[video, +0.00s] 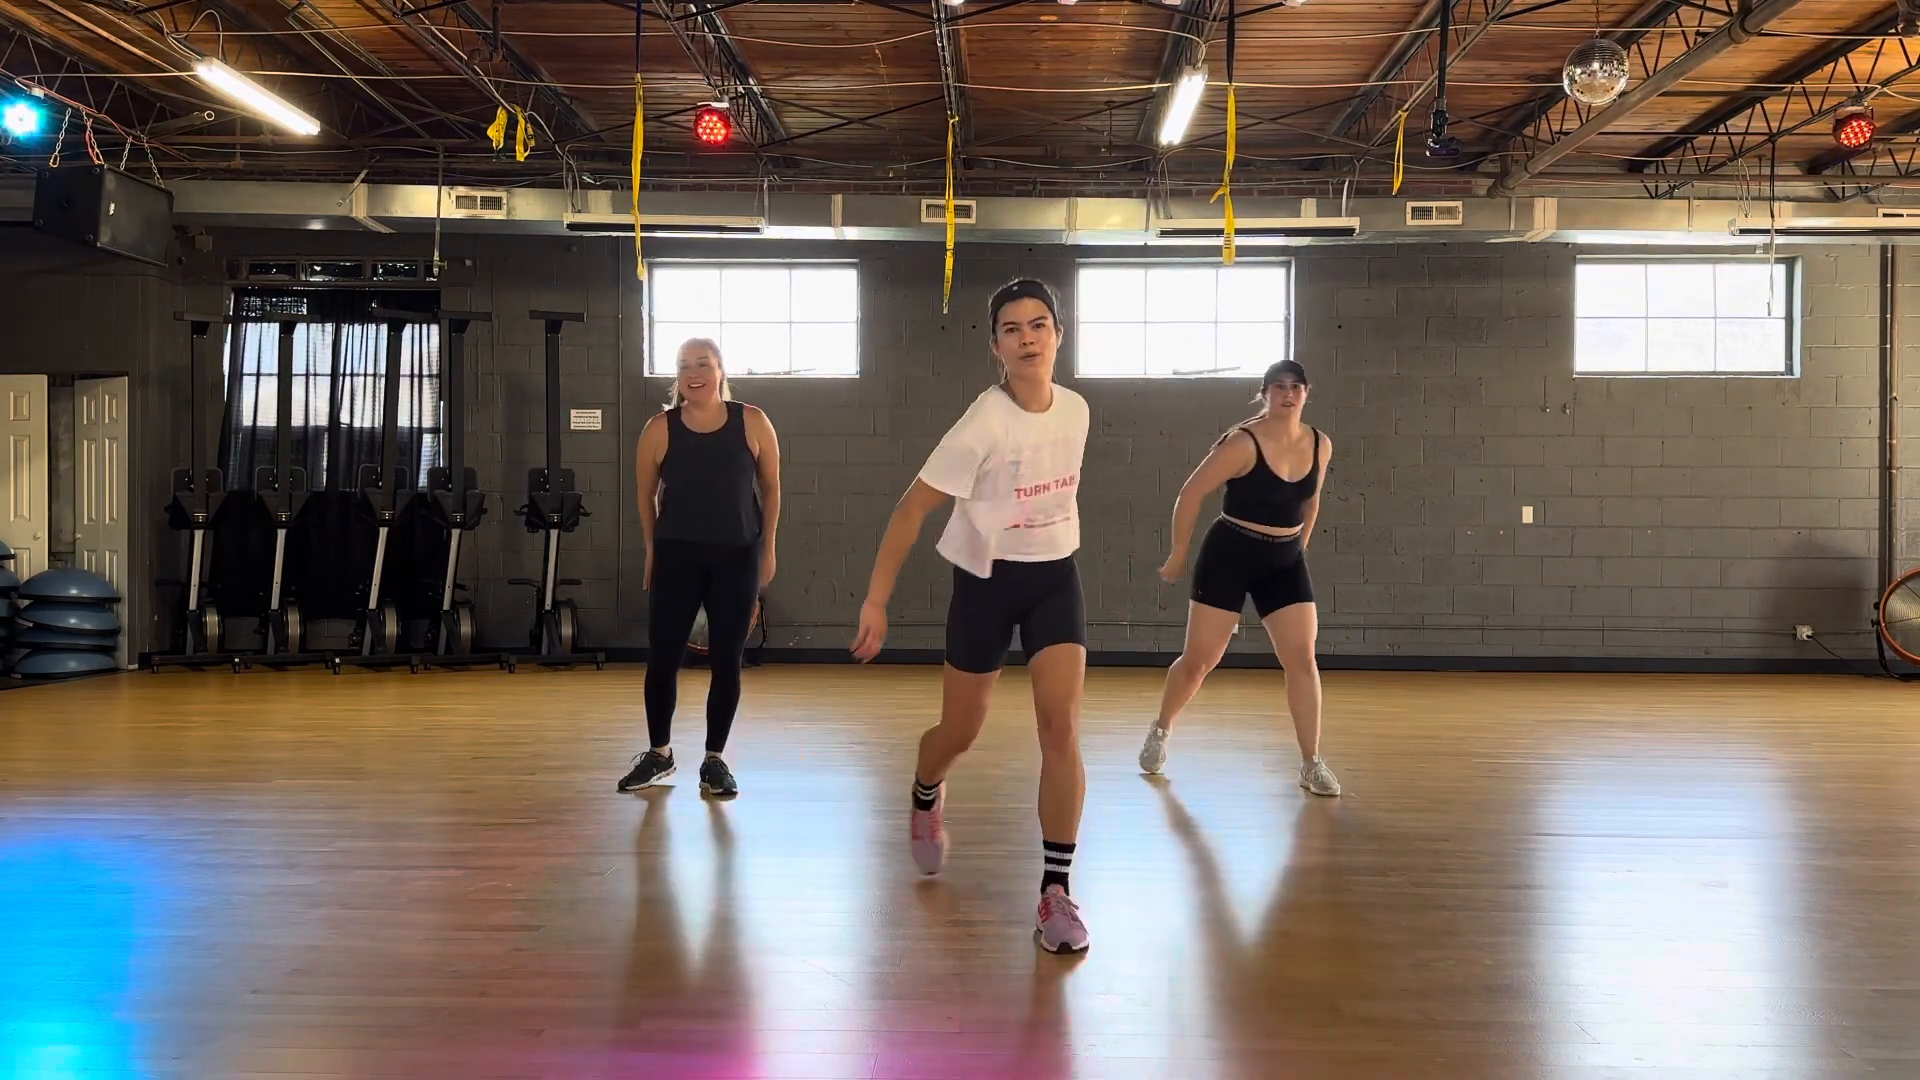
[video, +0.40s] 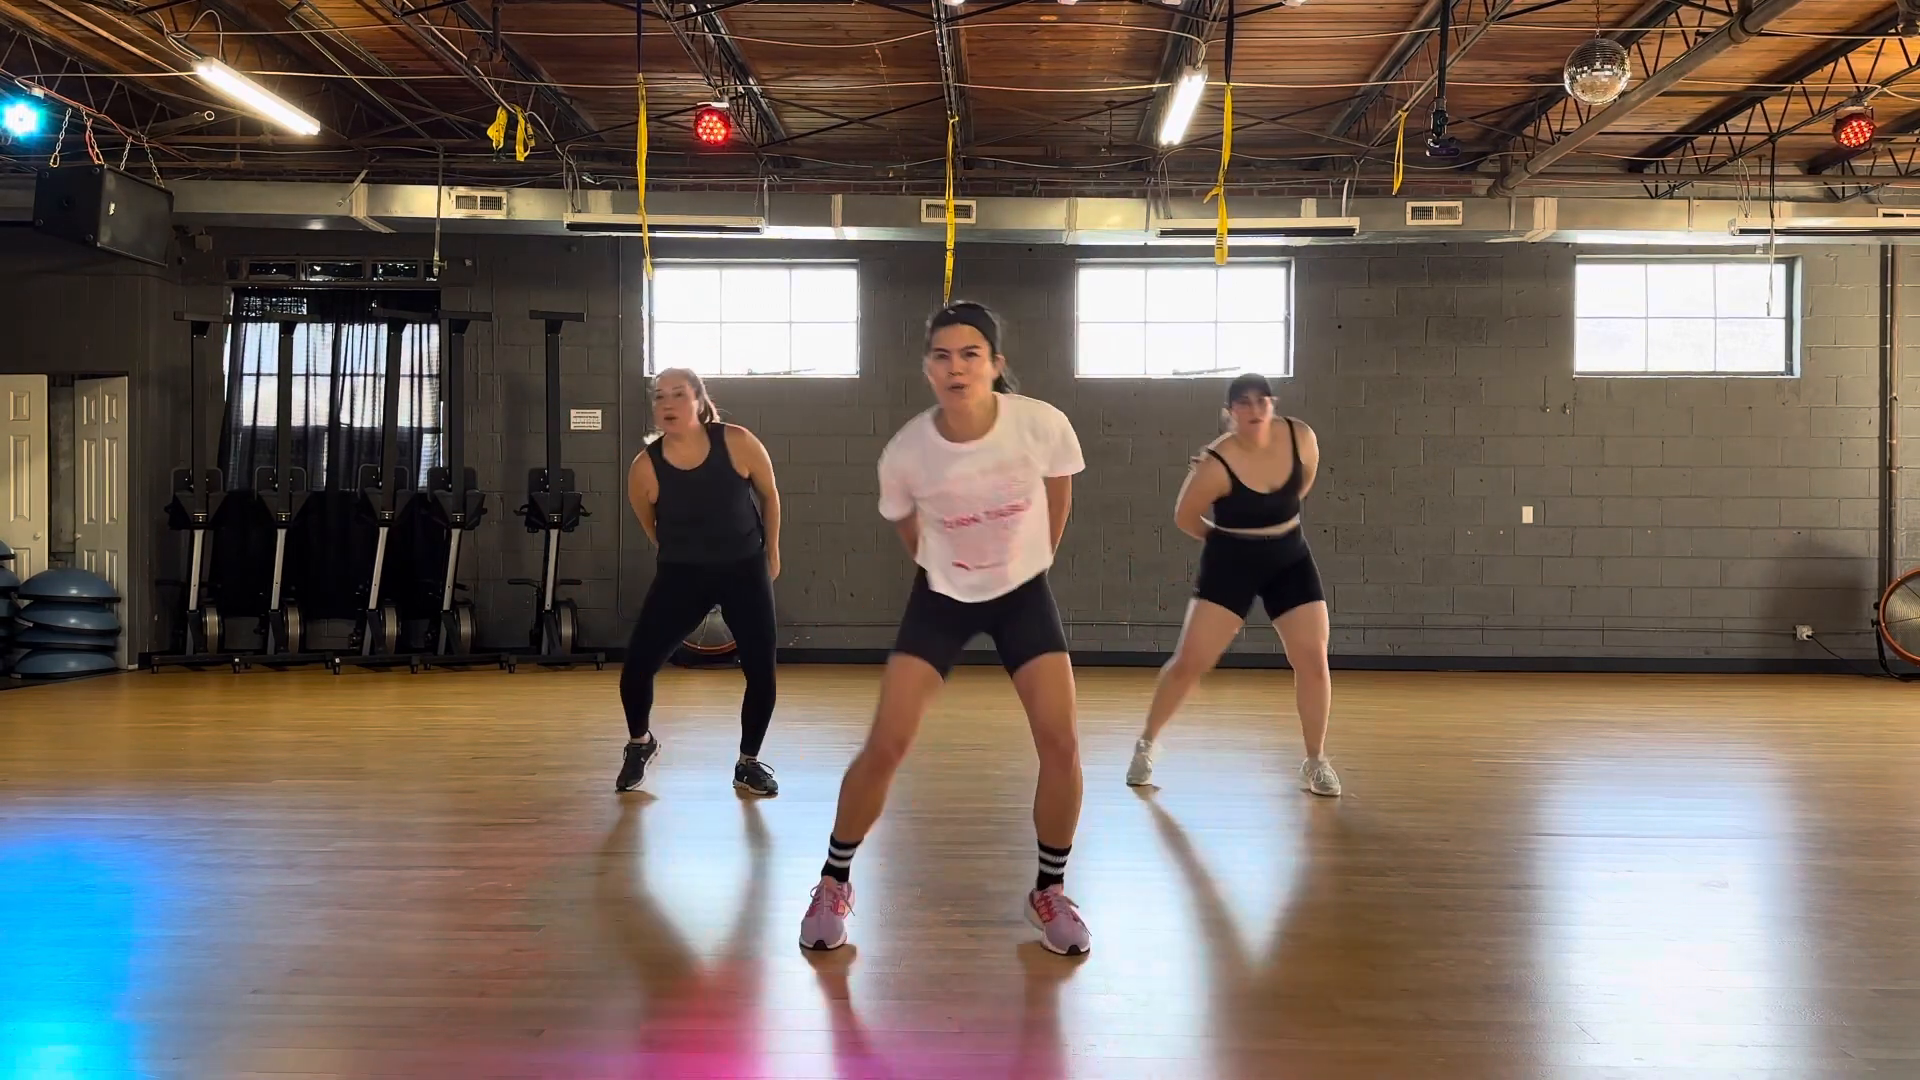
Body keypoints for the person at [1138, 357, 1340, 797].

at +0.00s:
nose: (1288, 392)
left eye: (1295, 386)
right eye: (1279, 386)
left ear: (1306, 394)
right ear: (1264, 395)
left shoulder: (1320, 446)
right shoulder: (1243, 443)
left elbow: (1311, 501)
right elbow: (1189, 494)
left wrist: (1299, 550)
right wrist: (1178, 553)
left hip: (1284, 558)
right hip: (1230, 553)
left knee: (1302, 660)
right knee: (1198, 661)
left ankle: (1312, 763)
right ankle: (1161, 731)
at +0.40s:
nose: (1254, 410)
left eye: (1261, 401)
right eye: (1244, 403)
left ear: (1273, 406)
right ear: (1229, 412)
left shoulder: (1302, 438)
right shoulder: (1216, 464)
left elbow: (1300, 491)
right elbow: (1185, 518)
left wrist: (1270, 521)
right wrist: (1228, 538)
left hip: (1289, 556)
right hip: (1231, 559)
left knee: (1314, 660)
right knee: (1190, 663)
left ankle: (1316, 760)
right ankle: (1146, 745)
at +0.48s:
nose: (1222, 406)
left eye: (1230, 398)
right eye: (1214, 397)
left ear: (1244, 401)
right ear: (1203, 402)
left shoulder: (1278, 425)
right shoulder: (1189, 451)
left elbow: (1307, 446)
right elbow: (1172, 500)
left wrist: (1279, 483)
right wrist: (1213, 514)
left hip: (1273, 541)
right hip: (1215, 543)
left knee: (1307, 649)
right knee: (1165, 645)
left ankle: (1337, 750)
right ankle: (1127, 737)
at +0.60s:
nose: (1179, 432)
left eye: (1190, 426)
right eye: (1175, 423)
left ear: (1209, 428)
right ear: (1166, 421)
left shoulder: (1236, 462)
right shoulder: (1153, 464)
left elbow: (1293, 471)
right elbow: (1172, 502)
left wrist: (1277, 493)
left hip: (1246, 555)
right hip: (1189, 555)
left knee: (1292, 658)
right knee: (1140, 651)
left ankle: (1362, 737)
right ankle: (1116, 750)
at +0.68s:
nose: (1169, 454)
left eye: (1179, 448)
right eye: (1165, 443)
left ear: (1197, 455)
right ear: (1156, 441)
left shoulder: (1216, 499)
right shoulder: (1147, 471)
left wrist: (1262, 546)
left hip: (1230, 578)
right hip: (1175, 574)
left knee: (1275, 680)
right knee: (1126, 660)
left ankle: (1355, 749)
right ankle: (1122, 760)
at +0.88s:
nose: (1234, 454)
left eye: (1242, 447)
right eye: (1227, 445)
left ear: (1251, 447)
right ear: (1209, 439)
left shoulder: (1259, 490)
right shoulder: (1173, 453)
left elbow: (1283, 527)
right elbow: (1161, 477)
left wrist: (1243, 533)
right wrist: (1180, 443)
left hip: (1231, 563)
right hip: (1171, 552)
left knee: (1278, 659)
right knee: (1128, 650)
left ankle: (1338, 746)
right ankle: (1106, 745)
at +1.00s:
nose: (1264, 446)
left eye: (1272, 437)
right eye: (1254, 437)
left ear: (1281, 440)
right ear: (1237, 436)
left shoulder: (1294, 490)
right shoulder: (1194, 457)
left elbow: (1279, 518)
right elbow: (1156, 477)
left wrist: (1243, 524)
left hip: (1243, 559)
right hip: (1183, 549)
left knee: (1288, 657)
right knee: (1143, 657)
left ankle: (1322, 756)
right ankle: (1093, 741)